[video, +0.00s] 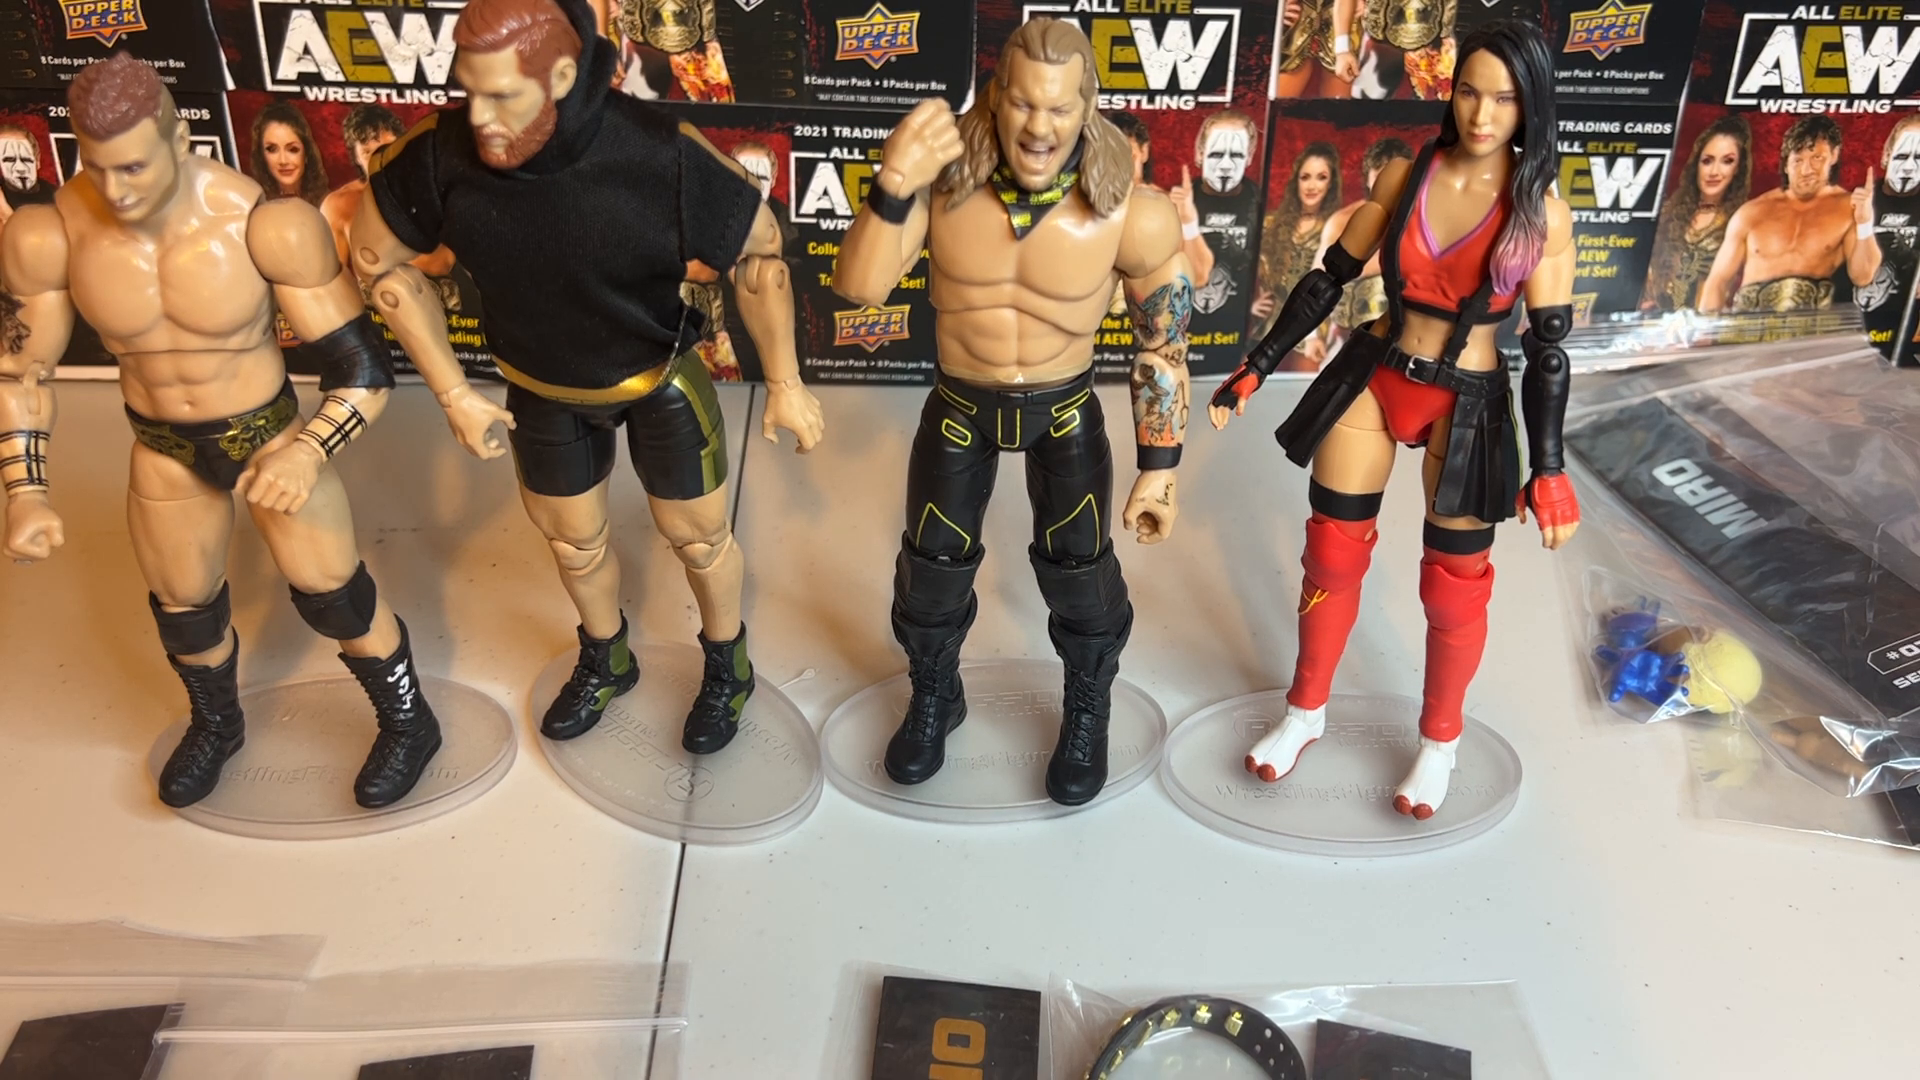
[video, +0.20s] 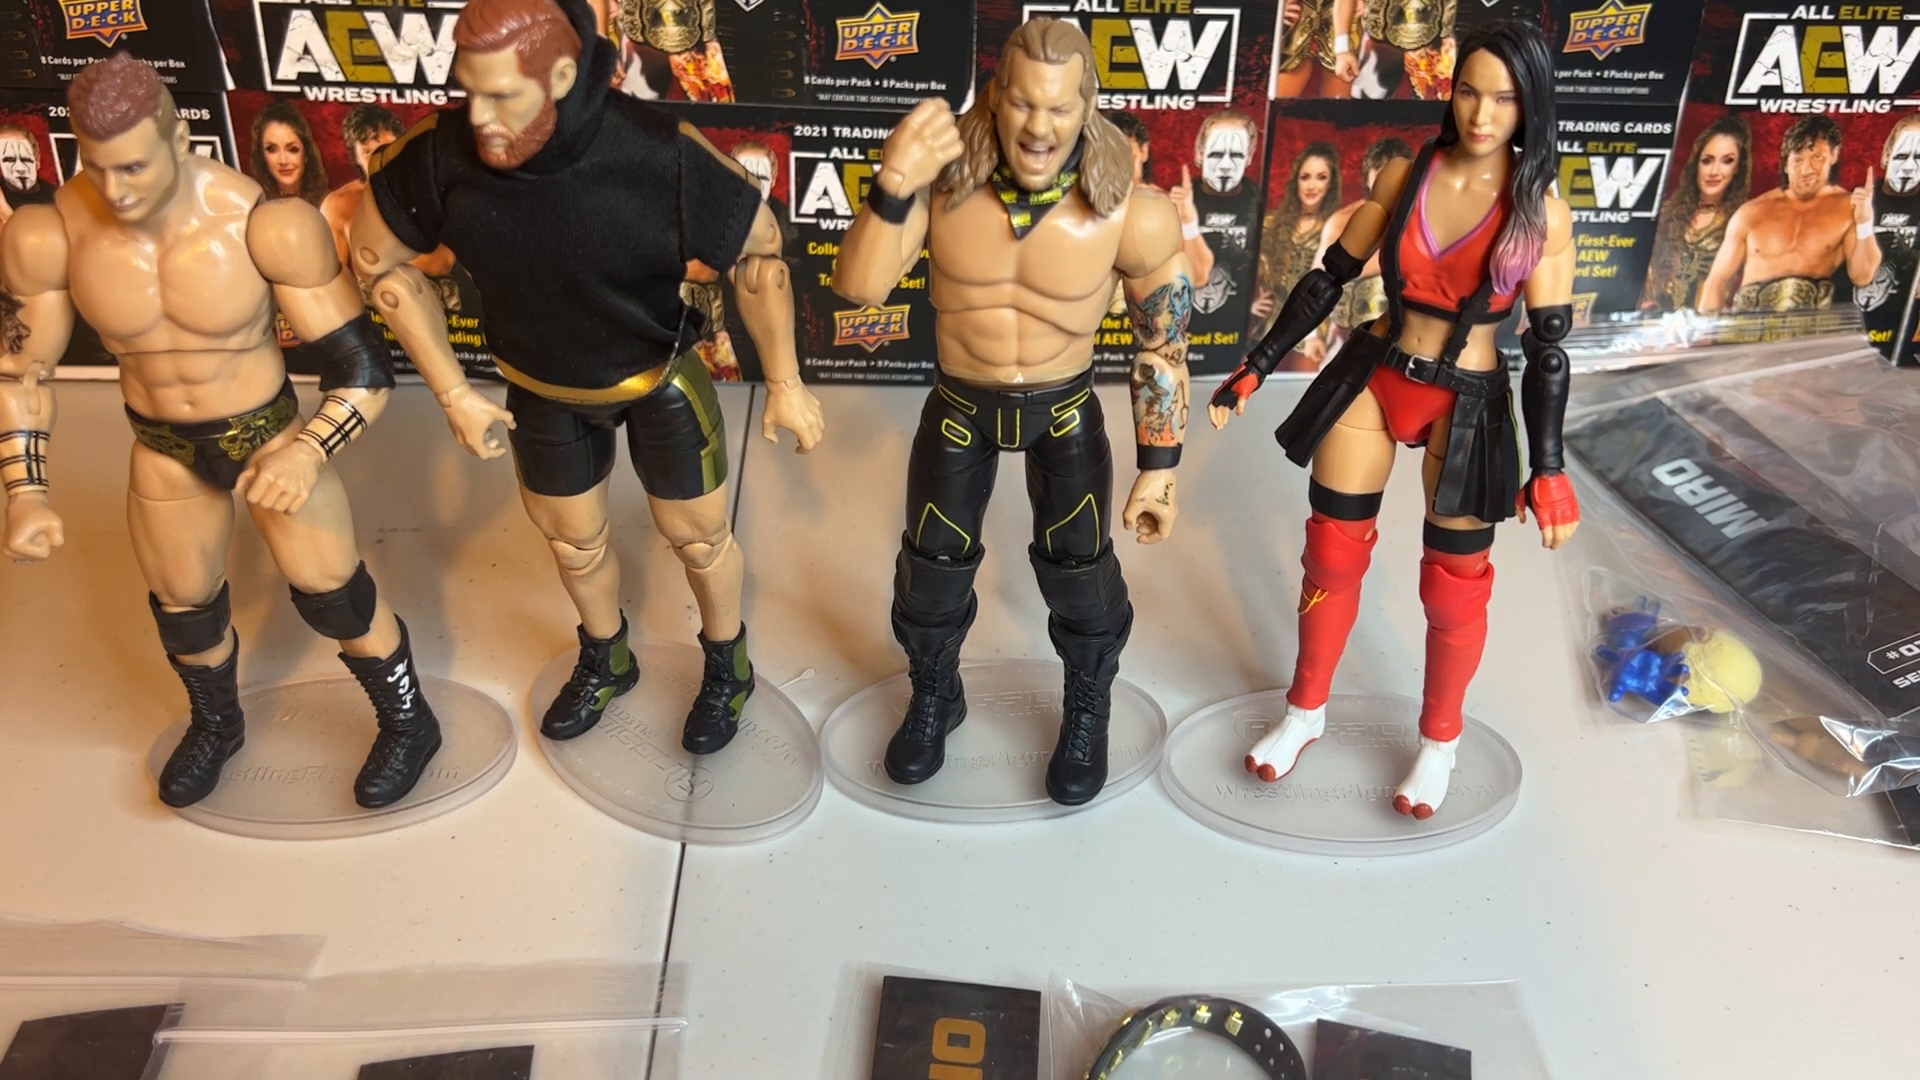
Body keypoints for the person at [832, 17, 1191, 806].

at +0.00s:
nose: (1040, 127)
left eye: (1060, 109)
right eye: (1024, 104)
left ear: (1087, 107)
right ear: (995, 95)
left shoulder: (1130, 208)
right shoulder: (944, 177)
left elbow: (1163, 339)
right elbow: (858, 287)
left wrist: (1161, 465)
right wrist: (892, 189)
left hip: (1064, 408)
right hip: (959, 403)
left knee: (1078, 568)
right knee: (933, 563)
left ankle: (1086, 713)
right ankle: (932, 699)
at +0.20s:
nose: (1040, 127)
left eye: (1060, 109)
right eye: (1024, 104)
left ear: (1086, 106)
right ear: (995, 94)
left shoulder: (1129, 208)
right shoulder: (943, 176)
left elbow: (1162, 338)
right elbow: (858, 286)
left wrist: (1161, 465)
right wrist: (892, 188)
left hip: (1064, 408)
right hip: (958, 403)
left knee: (1078, 569)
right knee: (932, 563)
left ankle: (1086, 712)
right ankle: (932, 699)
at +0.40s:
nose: (1040, 126)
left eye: (1060, 109)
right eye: (1024, 104)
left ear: (1086, 106)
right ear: (995, 95)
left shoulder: (1130, 207)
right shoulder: (944, 176)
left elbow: (1163, 337)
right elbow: (857, 287)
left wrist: (1161, 463)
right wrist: (892, 189)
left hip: (1064, 407)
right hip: (959, 403)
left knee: (1078, 567)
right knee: (932, 562)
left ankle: (1086, 713)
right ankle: (932, 699)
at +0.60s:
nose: (1040, 127)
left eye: (1060, 109)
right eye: (1024, 104)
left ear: (1086, 106)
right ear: (995, 95)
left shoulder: (1130, 208)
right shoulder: (944, 177)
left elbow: (1163, 338)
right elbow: (857, 287)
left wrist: (1161, 464)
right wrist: (892, 189)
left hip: (1064, 408)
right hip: (959, 403)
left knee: (1078, 568)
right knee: (932, 562)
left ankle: (1086, 713)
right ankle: (932, 699)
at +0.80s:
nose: (1040, 127)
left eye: (1060, 109)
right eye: (1024, 104)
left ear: (1087, 106)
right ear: (995, 95)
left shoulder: (1129, 207)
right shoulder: (944, 176)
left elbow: (1162, 338)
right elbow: (858, 287)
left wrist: (1161, 464)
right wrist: (892, 189)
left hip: (1064, 408)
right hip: (959, 403)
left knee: (1078, 569)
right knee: (932, 563)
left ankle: (1086, 712)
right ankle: (932, 699)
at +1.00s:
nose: (1040, 127)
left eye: (1060, 109)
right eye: (1024, 104)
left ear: (1086, 107)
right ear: (995, 95)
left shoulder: (1130, 208)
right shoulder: (944, 176)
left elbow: (1163, 337)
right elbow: (857, 287)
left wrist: (1161, 464)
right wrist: (892, 190)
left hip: (1064, 408)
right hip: (959, 403)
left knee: (1078, 568)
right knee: (932, 562)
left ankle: (1086, 713)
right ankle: (932, 699)